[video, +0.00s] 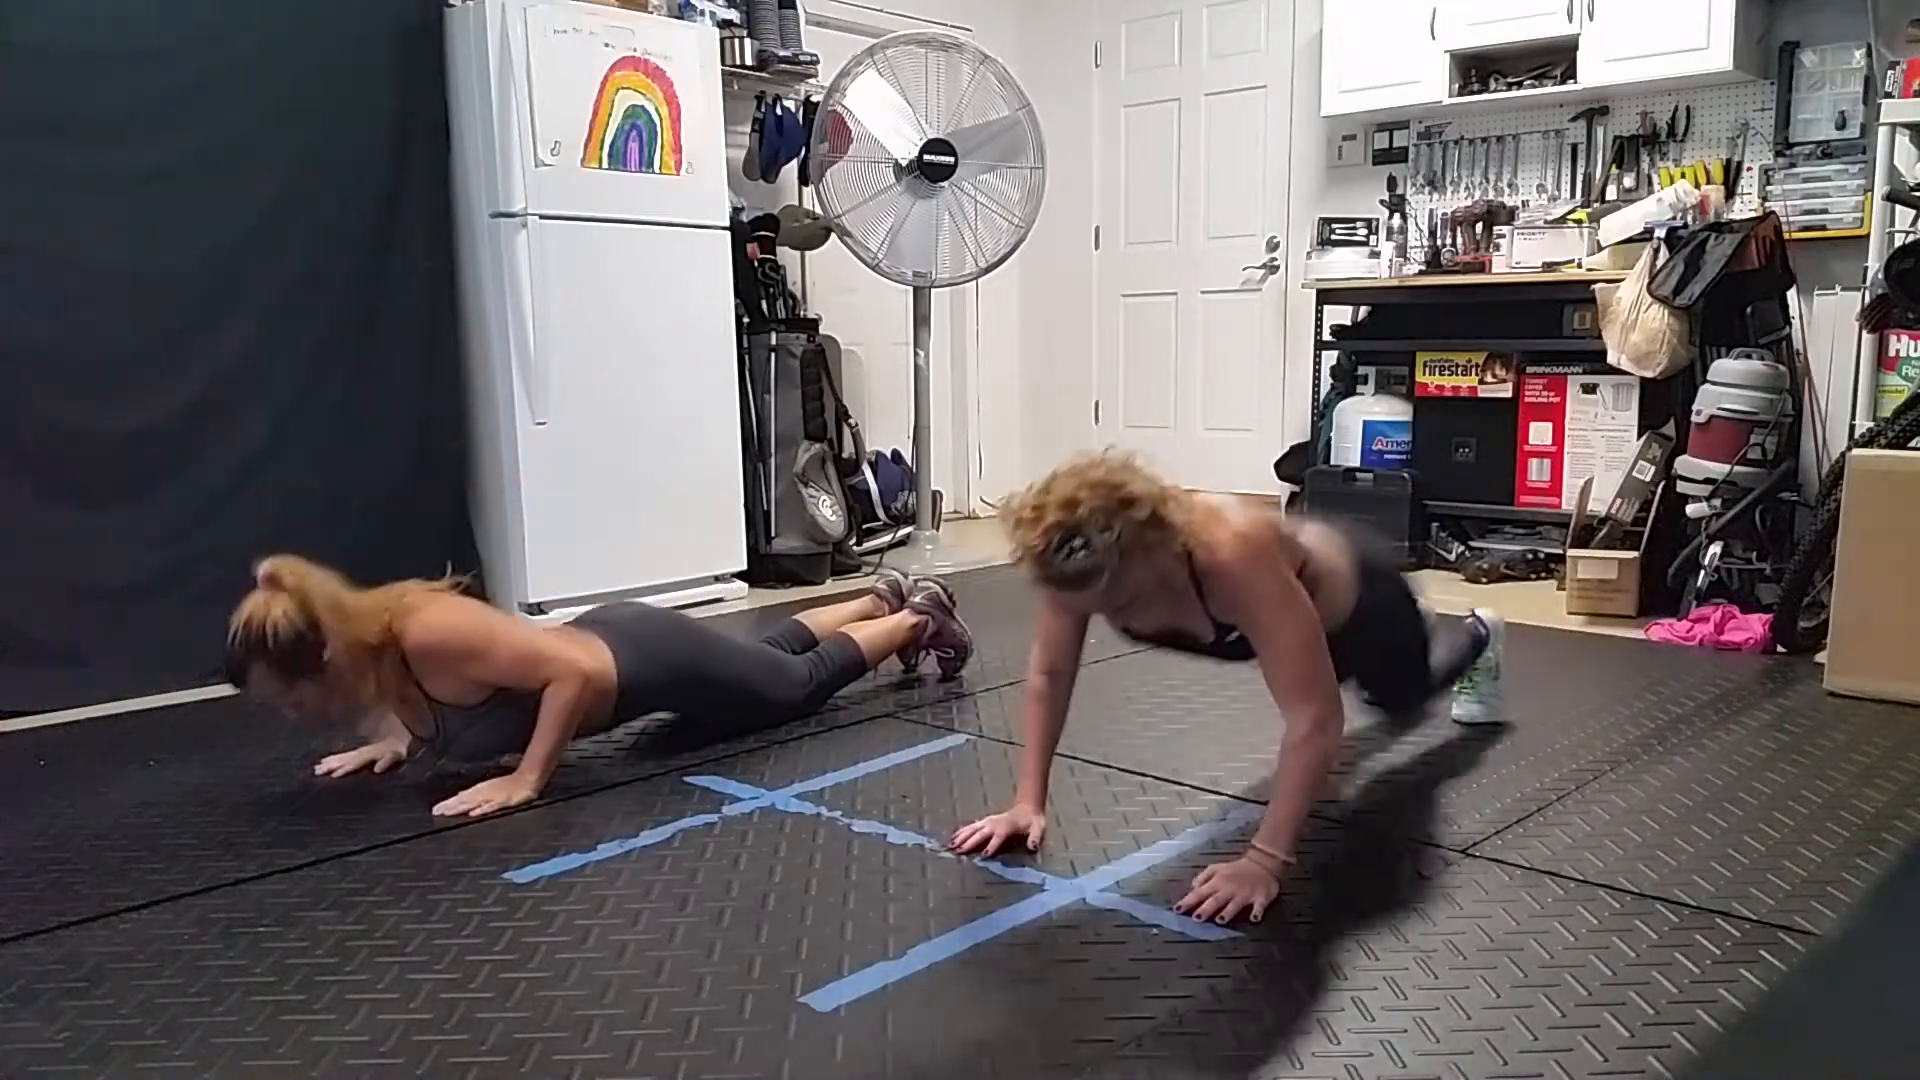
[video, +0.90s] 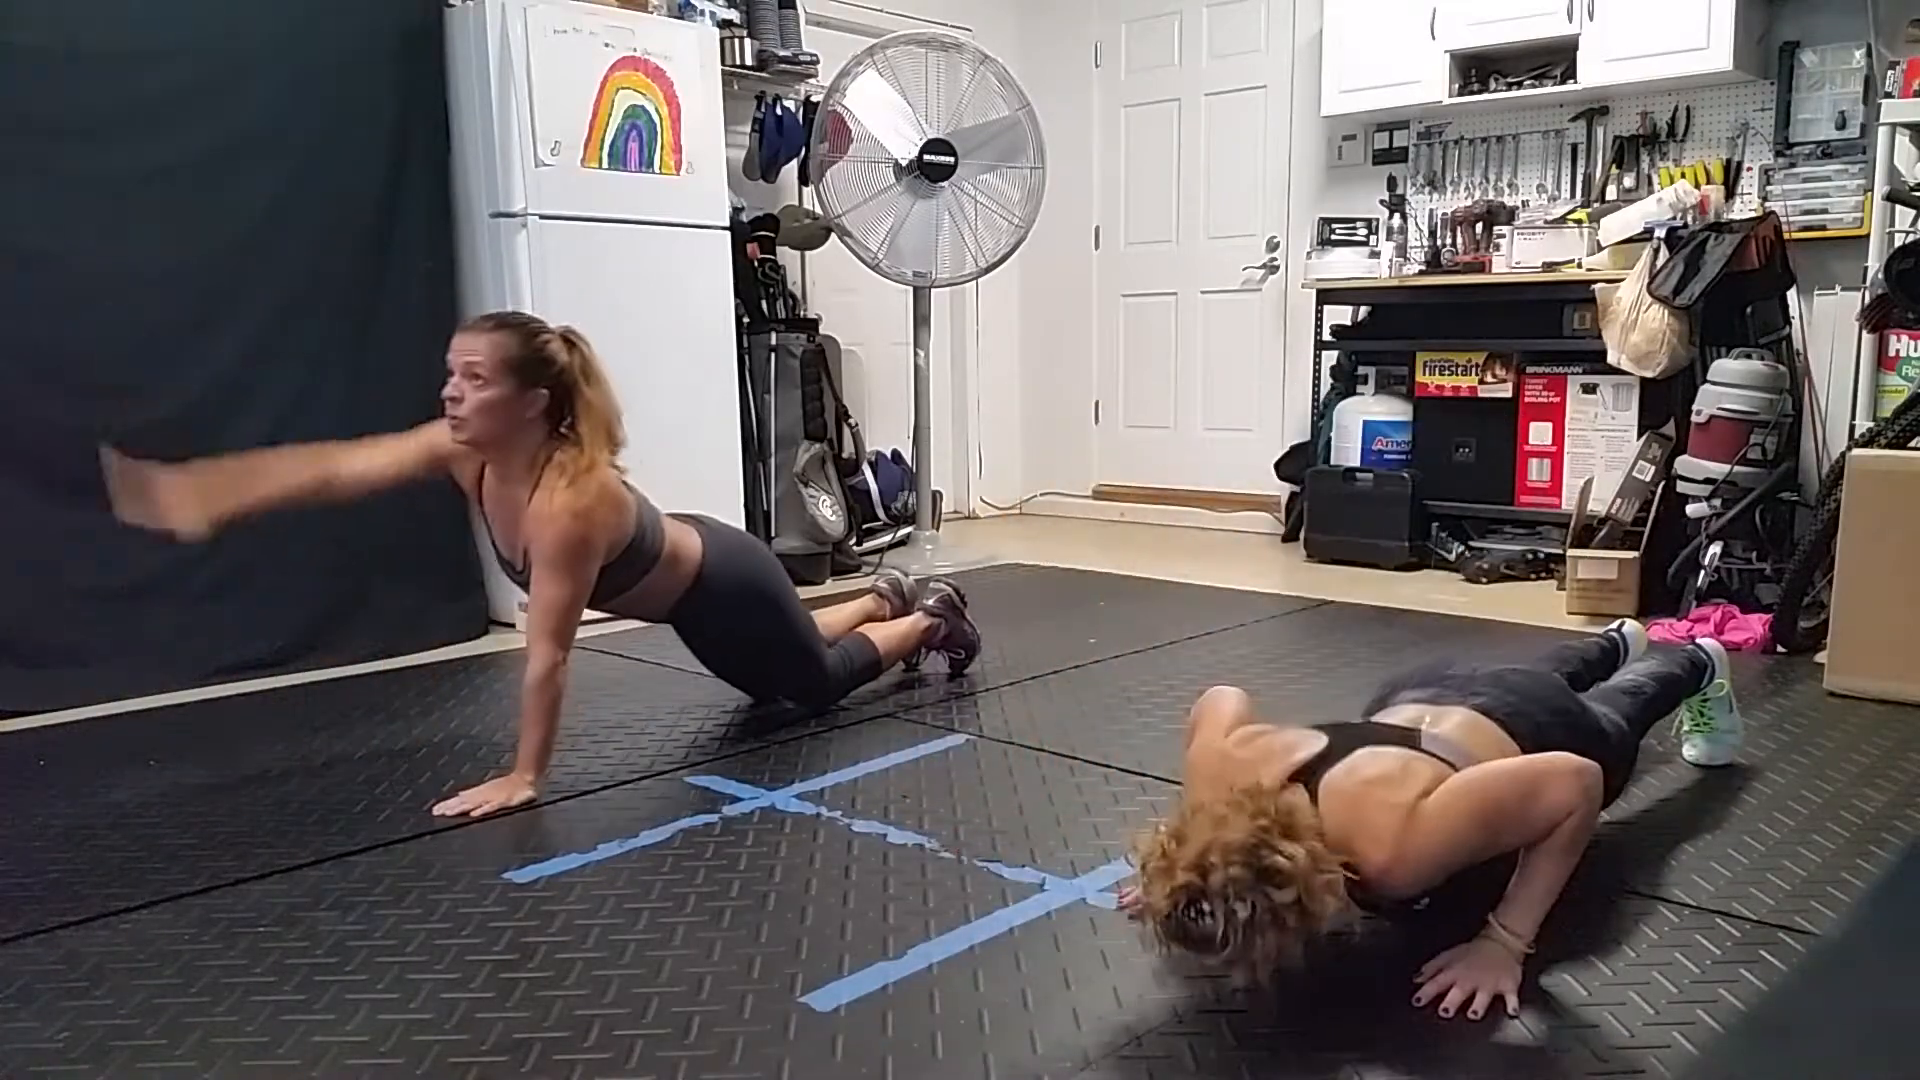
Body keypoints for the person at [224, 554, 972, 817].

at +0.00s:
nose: (296, 716)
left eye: (291, 699)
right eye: (282, 706)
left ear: (322, 662)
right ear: (318, 658)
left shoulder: (430, 638)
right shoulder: (370, 644)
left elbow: (580, 667)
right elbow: (425, 681)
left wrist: (525, 779)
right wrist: (400, 734)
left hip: (651, 660)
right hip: (607, 638)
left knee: (806, 681)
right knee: (761, 644)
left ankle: (914, 620)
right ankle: (871, 599)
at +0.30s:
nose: (289, 657)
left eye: (289, 641)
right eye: (280, 644)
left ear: (330, 609)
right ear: (327, 600)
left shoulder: (446, 602)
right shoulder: (387, 603)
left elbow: (574, 671)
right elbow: (404, 666)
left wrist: (522, 779)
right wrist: (394, 738)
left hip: (658, 646)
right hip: (617, 627)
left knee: (807, 672)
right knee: (763, 645)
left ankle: (920, 622)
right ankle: (878, 601)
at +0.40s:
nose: (298, 585)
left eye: (302, 568)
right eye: (290, 569)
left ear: (354, 544)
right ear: (345, 547)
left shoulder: (464, 562)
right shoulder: (391, 572)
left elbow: (568, 666)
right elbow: (405, 643)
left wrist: (522, 779)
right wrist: (393, 739)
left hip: (661, 633)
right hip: (622, 612)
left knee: (809, 684)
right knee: (773, 643)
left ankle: (923, 623)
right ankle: (885, 598)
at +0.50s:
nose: (326, 511)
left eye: (338, 494)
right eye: (322, 495)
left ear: (397, 482)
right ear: (376, 487)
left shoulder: (493, 530)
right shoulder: (399, 538)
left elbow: (556, 659)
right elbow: (409, 638)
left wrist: (524, 777)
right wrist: (394, 739)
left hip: (674, 623)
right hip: (632, 606)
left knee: (807, 680)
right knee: (773, 643)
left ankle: (924, 627)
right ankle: (878, 598)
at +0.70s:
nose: (409, 414)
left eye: (428, 401)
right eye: (407, 397)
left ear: (490, 412)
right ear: (426, 408)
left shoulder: (545, 506)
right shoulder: (439, 479)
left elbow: (541, 655)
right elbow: (403, 595)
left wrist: (525, 776)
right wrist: (365, 708)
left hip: (704, 602)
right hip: (666, 584)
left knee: (814, 679)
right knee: (775, 648)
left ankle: (924, 622)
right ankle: (877, 600)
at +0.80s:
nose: (436, 395)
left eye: (455, 384)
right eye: (436, 379)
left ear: (521, 406)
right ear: (458, 393)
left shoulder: (555, 506)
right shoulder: (457, 463)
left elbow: (545, 649)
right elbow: (363, 548)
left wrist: (525, 774)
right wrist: (280, 642)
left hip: (718, 602)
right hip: (682, 560)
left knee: (823, 676)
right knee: (785, 619)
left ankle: (924, 626)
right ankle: (882, 597)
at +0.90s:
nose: (450, 394)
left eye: (471, 381)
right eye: (450, 377)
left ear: (533, 399)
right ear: (458, 390)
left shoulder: (566, 504)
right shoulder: (462, 445)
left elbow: (548, 648)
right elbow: (335, 469)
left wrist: (525, 777)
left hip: (724, 592)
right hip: (683, 553)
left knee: (822, 682)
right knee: (778, 610)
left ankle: (924, 626)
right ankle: (880, 602)